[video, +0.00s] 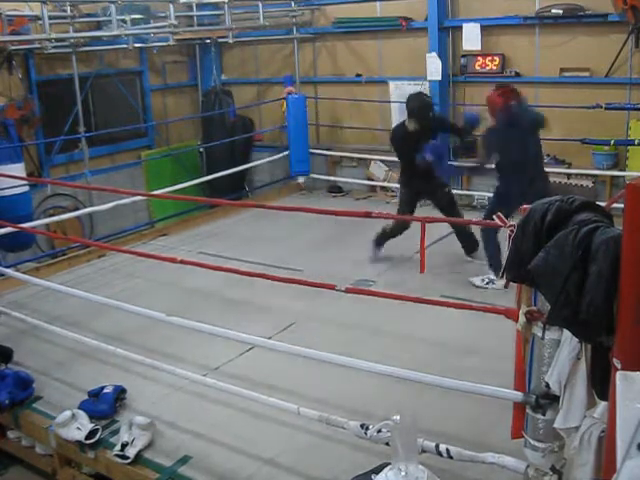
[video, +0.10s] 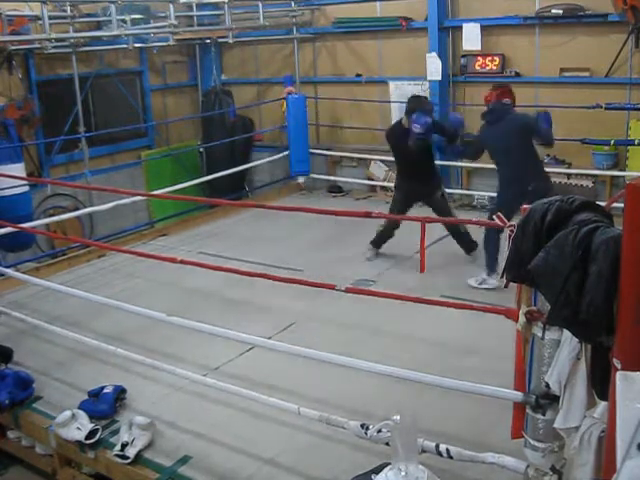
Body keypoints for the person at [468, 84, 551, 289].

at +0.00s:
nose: (489, 112)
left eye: (491, 108)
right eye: (490, 107)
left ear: (496, 109)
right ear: (515, 104)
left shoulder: (497, 132)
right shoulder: (530, 119)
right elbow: (541, 121)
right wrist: (521, 107)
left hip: (512, 189)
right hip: (538, 186)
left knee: (488, 225)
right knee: (539, 225)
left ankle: (496, 273)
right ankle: (542, 274)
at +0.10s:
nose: (489, 105)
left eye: (490, 102)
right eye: (491, 102)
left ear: (492, 104)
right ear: (510, 102)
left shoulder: (487, 130)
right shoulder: (523, 120)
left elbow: (473, 154)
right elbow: (547, 141)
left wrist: (454, 146)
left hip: (511, 188)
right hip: (538, 183)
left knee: (492, 226)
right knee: (547, 224)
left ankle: (491, 275)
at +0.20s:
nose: (486, 110)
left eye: (487, 106)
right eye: (487, 106)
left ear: (491, 108)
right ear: (509, 106)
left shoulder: (486, 135)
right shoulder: (522, 123)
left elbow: (465, 163)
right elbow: (542, 144)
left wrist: (461, 147)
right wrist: (541, 144)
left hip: (509, 193)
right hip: (535, 188)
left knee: (488, 233)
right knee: (542, 231)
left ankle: (483, 278)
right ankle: (545, 278)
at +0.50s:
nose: (499, 112)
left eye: (502, 109)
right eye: (502, 109)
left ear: (505, 112)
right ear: (524, 112)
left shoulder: (495, 134)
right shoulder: (536, 138)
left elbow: (470, 142)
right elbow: (547, 168)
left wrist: (471, 122)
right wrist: (528, 158)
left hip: (496, 198)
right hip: (524, 198)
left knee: (477, 225)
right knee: (525, 235)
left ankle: (479, 275)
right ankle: (526, 281)